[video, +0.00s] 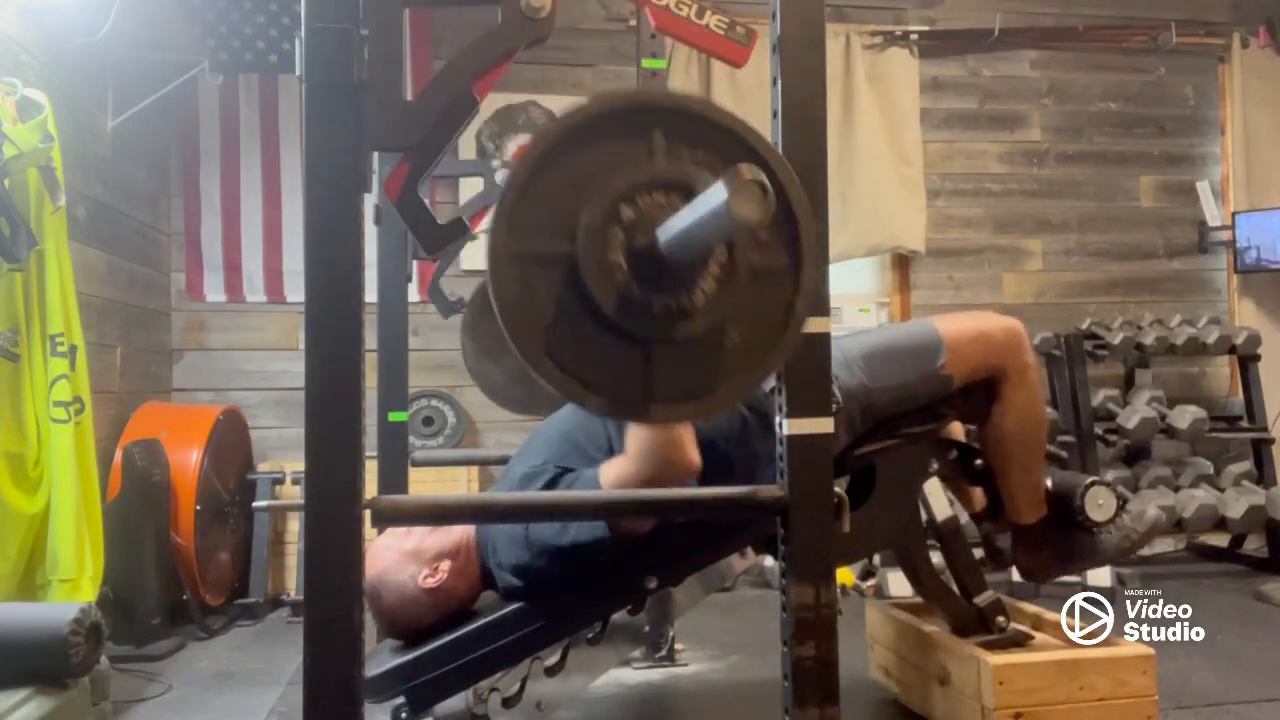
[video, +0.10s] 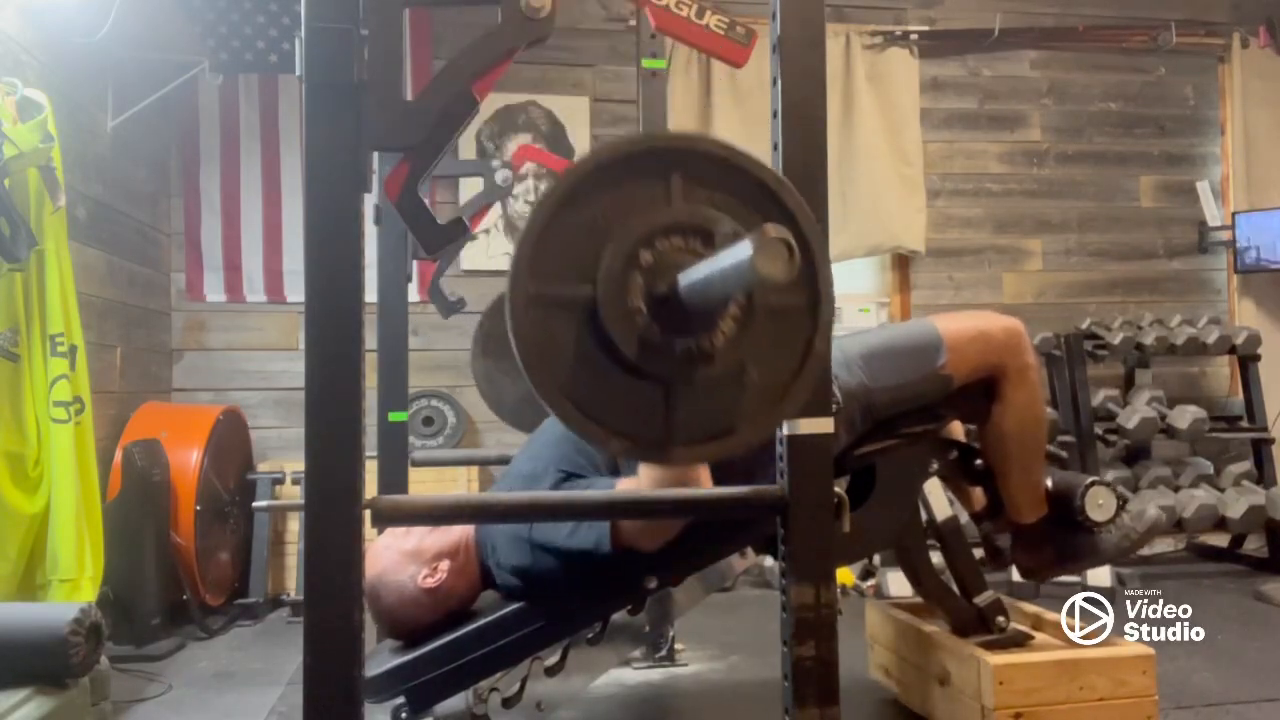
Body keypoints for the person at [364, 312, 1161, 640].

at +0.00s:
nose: (419, 531)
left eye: (402, 535)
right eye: (417, 550)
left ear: (428, 544)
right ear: (447, 578)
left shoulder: (496, 503)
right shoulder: (529, 546)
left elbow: (625, 426)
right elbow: (666, 461)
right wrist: (640, 323)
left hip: (741, 379)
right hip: (765, 430)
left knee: (950, 327)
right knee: (1003, 343)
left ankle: (995, 495)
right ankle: (1033, 532)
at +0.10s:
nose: (417, 530)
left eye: (399, 536)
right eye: (416, 549)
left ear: (426, 545)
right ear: (446, 577)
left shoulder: (497, 497)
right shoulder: (529, 543)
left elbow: (600, 418)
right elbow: (669, 497)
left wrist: (656, 327)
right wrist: (678, 367)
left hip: (733, 379)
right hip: (761, 432)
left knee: (946, 322)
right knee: (1003, 341)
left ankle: (992, 482)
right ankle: (1033, 530)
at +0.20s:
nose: (416, 531)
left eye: (398, 536)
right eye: (415, 549)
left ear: (425, 549)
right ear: (445, 577)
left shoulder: (496, 499)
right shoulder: (526, 538)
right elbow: (689, 527)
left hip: (719, 394)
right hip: (753, 437)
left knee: (943, 323)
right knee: (1003, 340)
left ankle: (995, 481)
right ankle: (1034, 529)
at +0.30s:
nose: (414, 530)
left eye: (397, 535)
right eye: (415, 548)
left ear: (425, 552)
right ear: (447, 574)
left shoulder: (495, 490)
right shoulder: (534, 543)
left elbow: (581, 417)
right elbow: (683, 546)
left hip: (709, 395)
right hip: (751, 438)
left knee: (944, 324)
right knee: (1001, 340)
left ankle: (994, 475)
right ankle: (1034, 528)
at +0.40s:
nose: (413, 528)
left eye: (395, 535)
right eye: (414, 548)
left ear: (426, 552)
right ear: (447, 574)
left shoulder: (491, 497)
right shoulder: (536, 542)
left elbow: (579, 428)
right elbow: (694, 564)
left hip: (712, 398)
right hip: (753, 439)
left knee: (938, 325)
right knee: (1000, 340)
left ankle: (992, 479)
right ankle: (1034, 527)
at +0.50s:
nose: (416, 529)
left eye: (398, 535)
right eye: (416, 548)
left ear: (426, 546)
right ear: (447, 574)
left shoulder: (495, 490)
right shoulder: (532, 541)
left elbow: (574, 421)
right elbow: (680, 544)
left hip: (708, 399)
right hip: (754, 439)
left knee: (936, 324)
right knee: (1001, 340)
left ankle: (992, 477)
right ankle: (1034, 527)